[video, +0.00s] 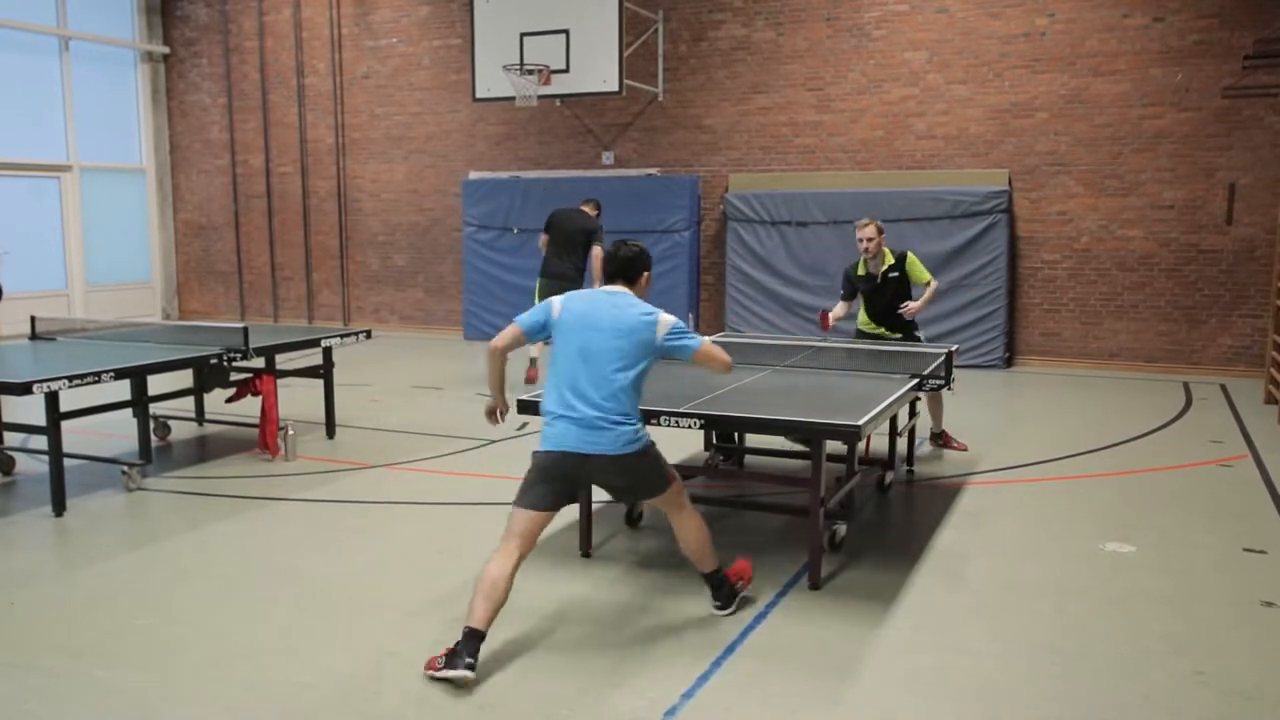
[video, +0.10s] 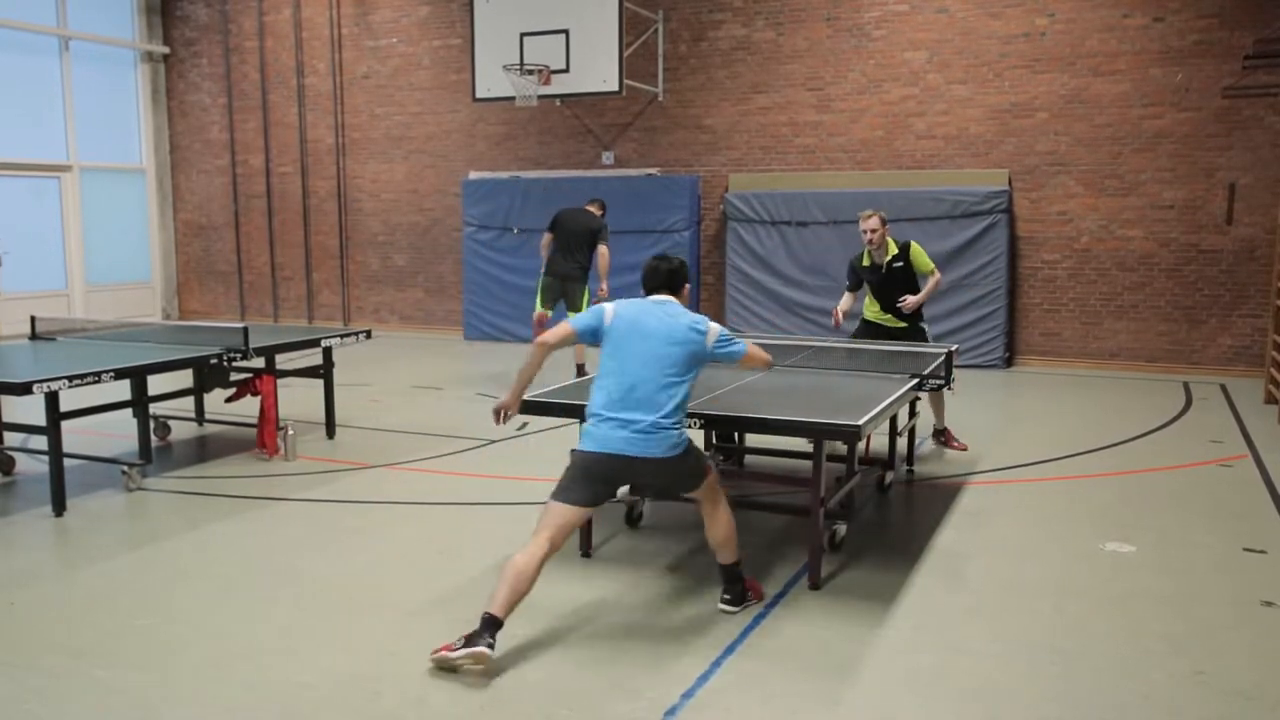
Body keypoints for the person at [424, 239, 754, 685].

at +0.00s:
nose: (652, 284)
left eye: (651, 279)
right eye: (651, 279)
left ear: (602, 275)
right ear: (644, 280)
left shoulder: (561, 304)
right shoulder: (652, 319)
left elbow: (498, 345)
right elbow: (722, 363)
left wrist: (497, 396)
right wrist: (699, 342)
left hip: (558, 448)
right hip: (621, 449)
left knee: (513, 545)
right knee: (678, 507)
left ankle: (465, 652)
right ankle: (721, 589)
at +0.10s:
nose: (690, 294)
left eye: (683, 287)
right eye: (688, 288)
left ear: (645, 286)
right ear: (683, 290)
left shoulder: (611, 311)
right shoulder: (696, 328)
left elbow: (544, 342)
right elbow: (763, 360)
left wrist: (514, 395)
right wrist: (719, 343)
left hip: (599, 449)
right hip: (662, 452)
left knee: (542, 542)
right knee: (711, 495)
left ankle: (485, 633)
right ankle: (734, 587)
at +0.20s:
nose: (719, 303)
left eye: (713, 298)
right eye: (717, 298)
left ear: (672, 299)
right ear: (713, 301)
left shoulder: (650, 318)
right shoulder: (730, 338)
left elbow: (592, 349)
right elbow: (783, 371)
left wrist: (549, 405)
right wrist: (745, 348)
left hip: (632, 450)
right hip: (692, 453)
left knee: (575, 538)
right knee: (730, 489)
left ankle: (519, 635)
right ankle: (735, 589)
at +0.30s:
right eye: (725, 293)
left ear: (683, 293)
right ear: (724, 295)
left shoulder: (666, 311)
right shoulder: (745, 334)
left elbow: (621, 345)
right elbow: (791, 376)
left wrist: (581, 406)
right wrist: (758, 353)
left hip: (650, 442)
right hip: (710, 446)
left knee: (596, 526)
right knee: (737, 489)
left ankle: (549, 627)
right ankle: (736, 585)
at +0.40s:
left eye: (679, 274)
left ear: (684, 275)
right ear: (729, 276)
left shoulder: (669, 292)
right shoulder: (749, 316)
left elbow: (632, 331)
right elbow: (792, 377)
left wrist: (601, 398)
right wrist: (756, 366)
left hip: (656, 422)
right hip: (716, 428)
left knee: (607, 511)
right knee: (736, 493)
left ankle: (572, 613)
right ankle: (737, 586)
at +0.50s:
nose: (681, 258)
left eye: (682, 251)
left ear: (683, 253)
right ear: (727, 256)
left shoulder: (663, 277)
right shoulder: (744, 298)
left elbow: (637, 326)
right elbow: (784, 374)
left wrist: (614, 397)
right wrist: (757, 364)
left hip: (657, 409)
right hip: (716, 413)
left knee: (615, 506)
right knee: (738, 490)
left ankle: (589, 617)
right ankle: (742, 582)